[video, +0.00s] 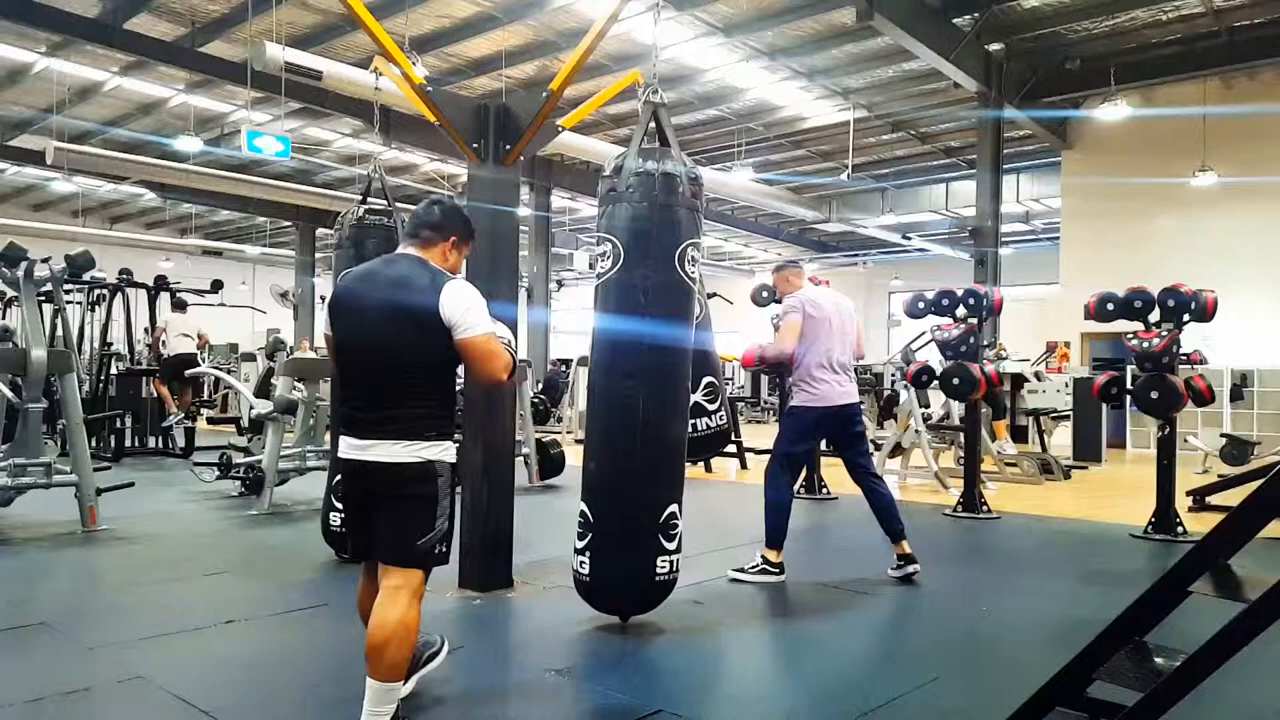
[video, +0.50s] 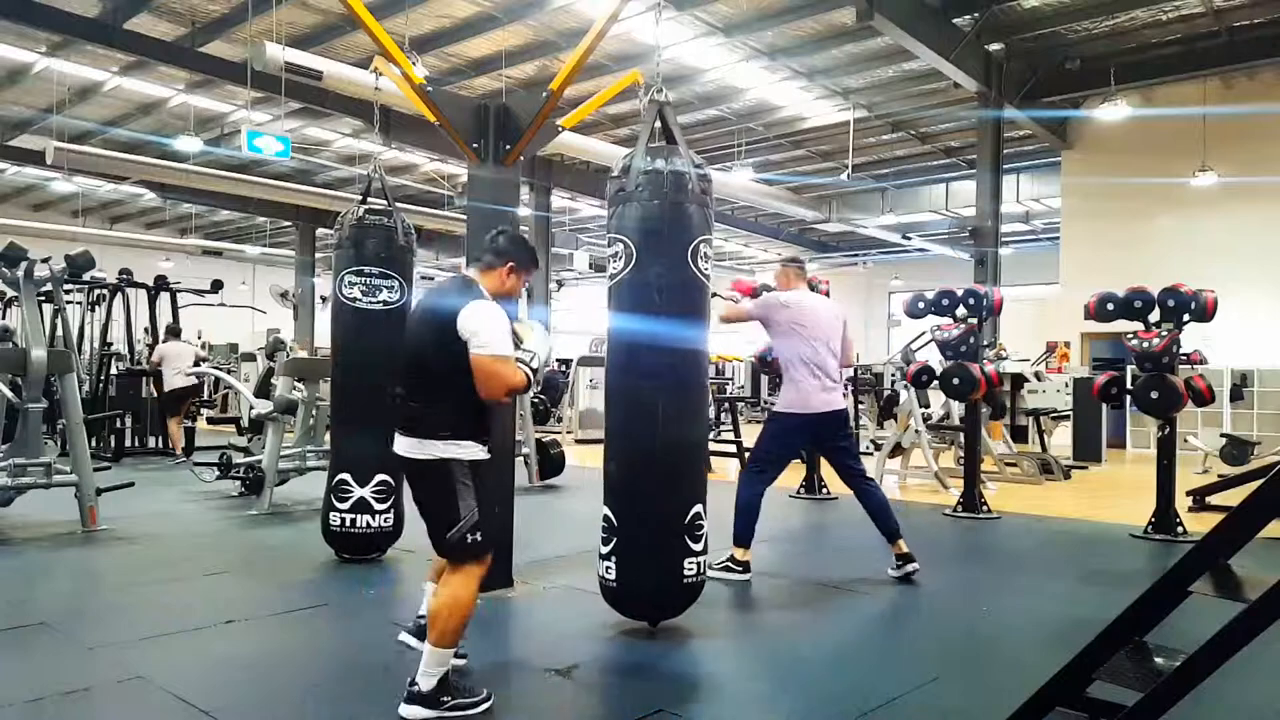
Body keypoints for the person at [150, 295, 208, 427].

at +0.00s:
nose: (173, 310)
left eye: (173, 308)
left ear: (172, 308)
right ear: (186, 309)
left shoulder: (167, 318)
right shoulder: (192, 321)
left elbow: (156, 335)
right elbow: (205, 339)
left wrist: (155, 352)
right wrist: (194, 349)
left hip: (175, 355)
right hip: (192, 356)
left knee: (159, 382)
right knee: (187, 388)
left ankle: (174, 412)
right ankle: (181, 417)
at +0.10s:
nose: (173, 313)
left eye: (173, 310)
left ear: (172, 310)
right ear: (186, 311)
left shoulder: (166, 319)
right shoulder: (192, 322)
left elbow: (156, 337)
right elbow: (205, 340)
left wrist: (155, 353)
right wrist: (196, 349)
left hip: (173, 356)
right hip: (191, 354)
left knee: (168, 387)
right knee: (187, 390)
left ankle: (177, 418)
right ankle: (177, 421)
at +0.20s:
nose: (176, 316)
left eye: (174, 314)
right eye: (182, 315)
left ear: (172, 313)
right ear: (185, 315)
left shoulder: (165, 322)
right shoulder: (191, 326)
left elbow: (155, 335)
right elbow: (205, 342)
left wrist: (155, 354)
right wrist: (195, 351)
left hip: (173, 358)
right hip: (190, 358)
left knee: (173, 391)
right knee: (186, 391)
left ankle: (178, 424)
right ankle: (180, 421)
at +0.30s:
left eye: (172, 319)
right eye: (181, 320)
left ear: (170, 320)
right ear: (184, 321)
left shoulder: (161, 330)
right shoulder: (190, 331)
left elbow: (154, 347)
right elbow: (204, 347)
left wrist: (157, 361)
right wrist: (193, 352)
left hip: (172, 363)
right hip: (190, 361)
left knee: (175, 397)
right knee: (186, 395)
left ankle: (179, 430)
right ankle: (178, 423)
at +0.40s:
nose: (167, 330)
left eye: (167, 328)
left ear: (167, 328)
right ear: (181, 329)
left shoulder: (161, 338)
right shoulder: (189, 339)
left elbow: (153, 357)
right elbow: (204, 353)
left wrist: (157, 365)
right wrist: (192, 355)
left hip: (172, 374)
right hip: (191, 372)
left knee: (173, 411)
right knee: (184, 405)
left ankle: (178, 443)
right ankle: (177, 440)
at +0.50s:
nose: (164, 337)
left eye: (165, 335)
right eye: (166, 335)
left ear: (166, 335)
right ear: (180, 335)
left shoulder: (161, 348)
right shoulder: (188, 347)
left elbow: (152, 365)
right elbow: (204, 356)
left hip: (172, 387)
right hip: (190, 385)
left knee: (173, 420)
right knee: (179, 420)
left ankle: (179, 452)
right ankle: (179, 448)